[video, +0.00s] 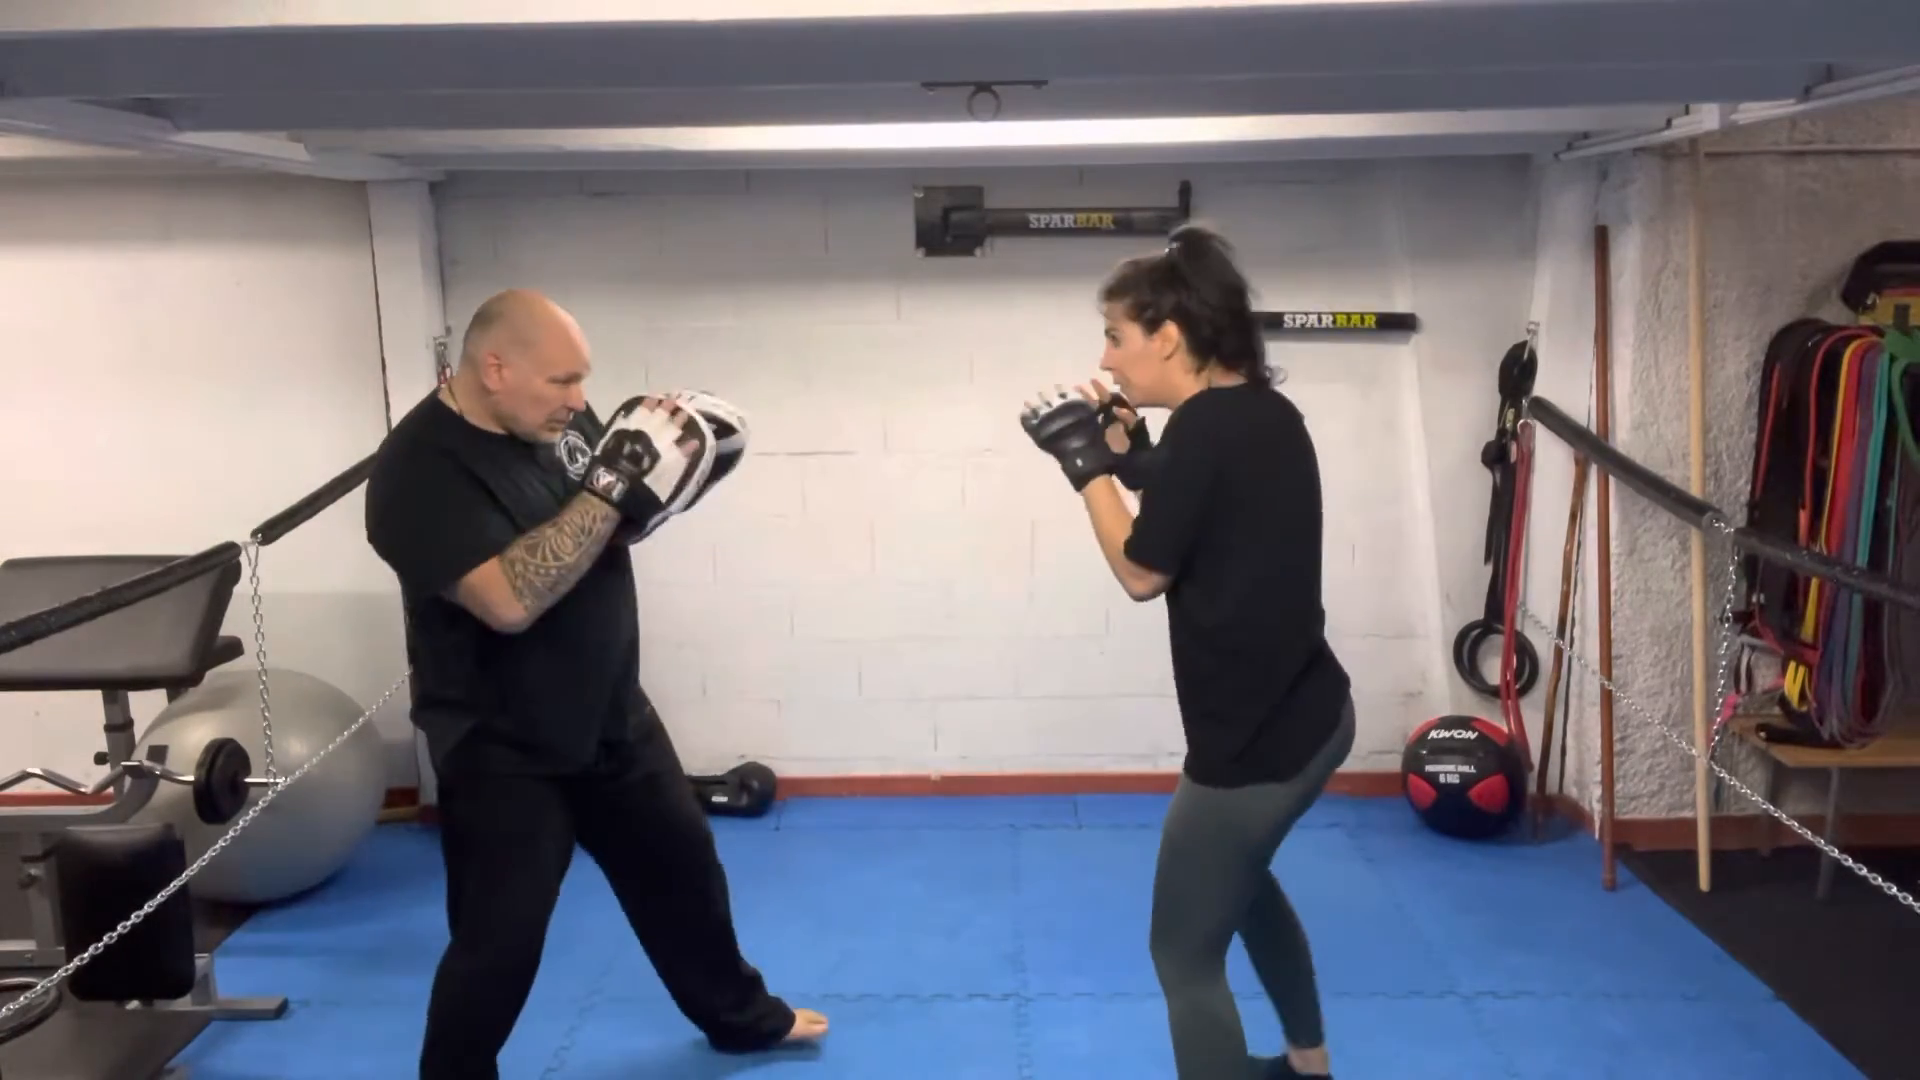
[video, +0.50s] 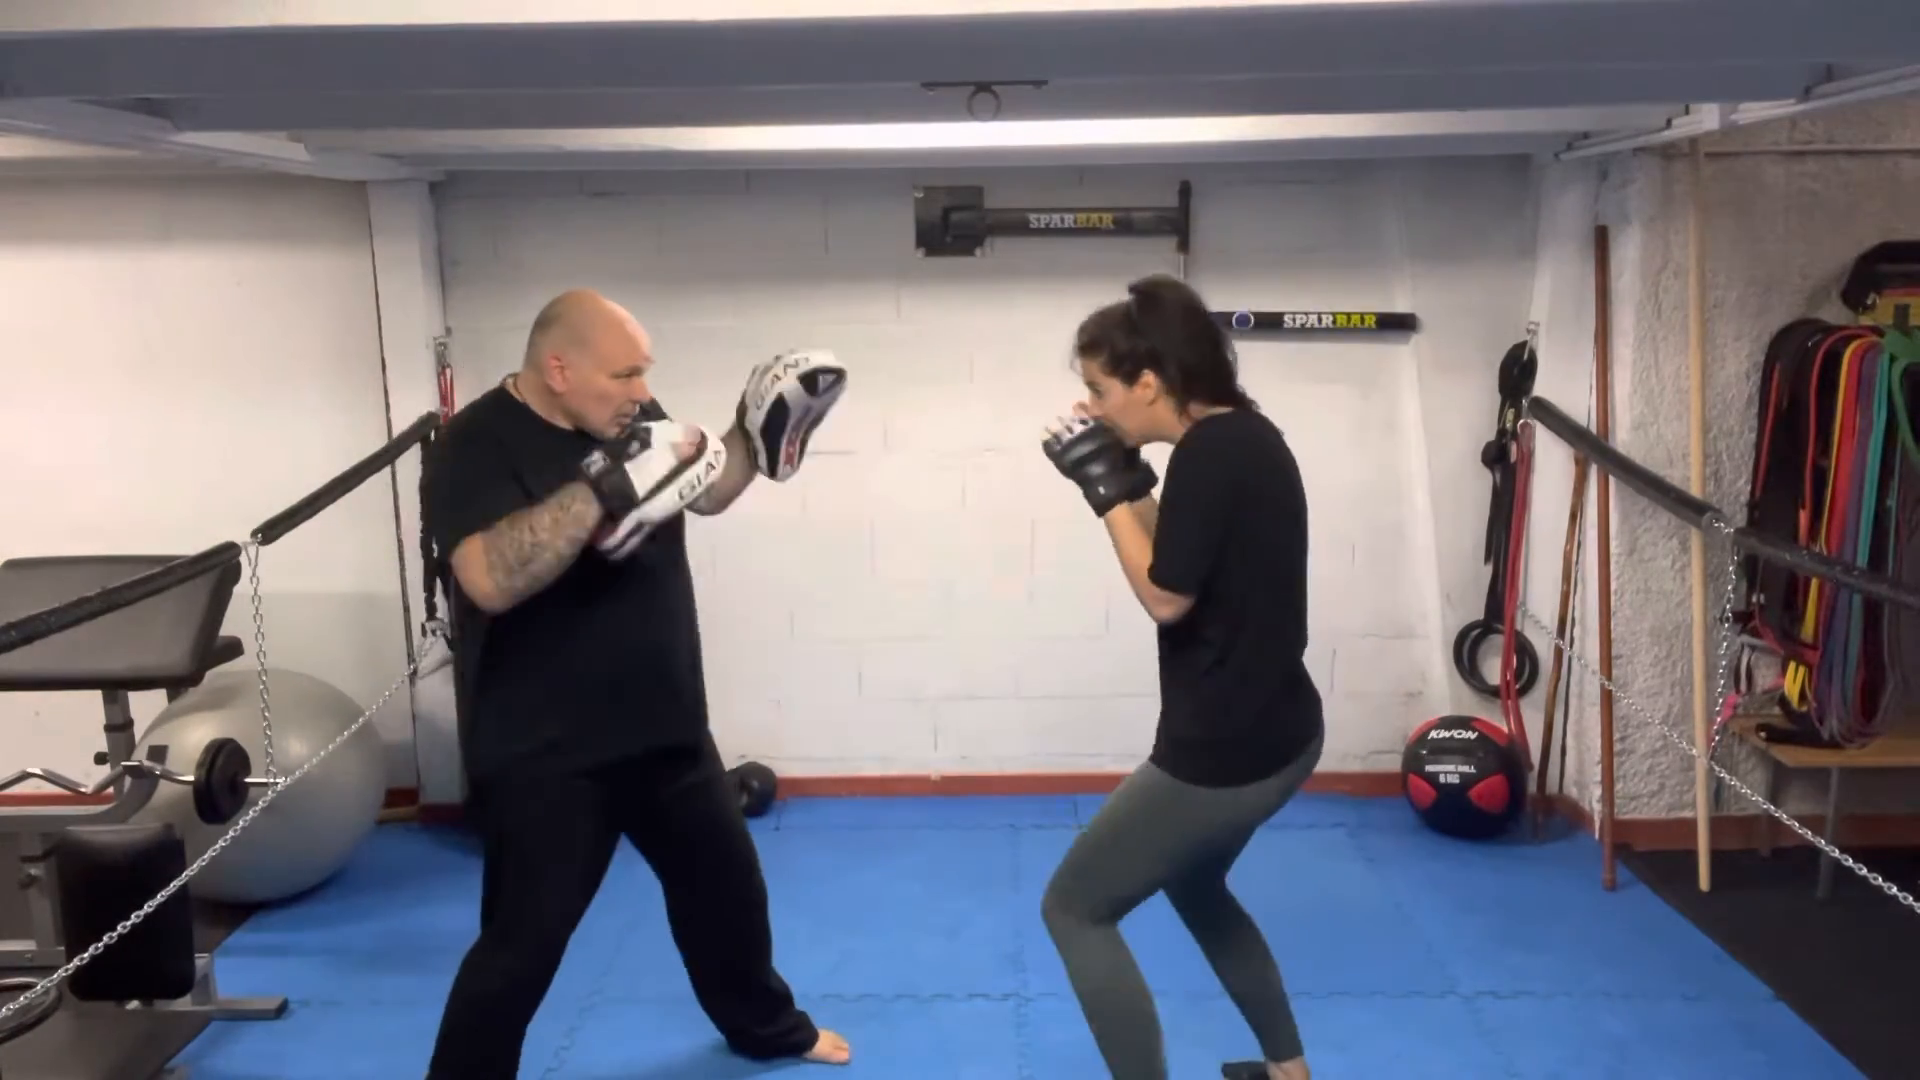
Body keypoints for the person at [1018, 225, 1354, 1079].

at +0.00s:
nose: (1104, 360)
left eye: (1114, 337)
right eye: (1106, 338)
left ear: (1170, 335)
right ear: (1178, 334)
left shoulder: (1201, 430)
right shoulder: (1274, 415)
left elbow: (1142, 571)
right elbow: (1231, 530)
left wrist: (1089, 468)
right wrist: (1141, 459)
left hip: (1248, 750)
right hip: (1313, 717)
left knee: (1185, 956)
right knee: (1241, 878)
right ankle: (1309, 1055)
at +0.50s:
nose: (1090, 406)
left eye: (1096, 388)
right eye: (1088, 389)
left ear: (1149, 383)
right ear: (1157, 378)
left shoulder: (1207, 455)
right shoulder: (1252, 440)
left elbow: (1166, 597)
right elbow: (1180, 567)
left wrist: (1108, 492)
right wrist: (1117, 478)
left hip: (1218, 757)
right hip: (1280, 735)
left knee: (1073, 907)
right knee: (1194, 885)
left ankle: (1142, 1075)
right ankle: (1288, 1065)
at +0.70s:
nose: (1065, 421)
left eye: (1070, 401)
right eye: (1063, 403)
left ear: (1118, 391)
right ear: (1161, 379)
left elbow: (1082, 587)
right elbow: (1217, 540)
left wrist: (1042, 518)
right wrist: (1133, 480)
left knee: (1046, 935)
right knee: (1218, 885)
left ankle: (1033, 1075)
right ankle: (1292, 1066)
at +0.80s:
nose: (1051, 428)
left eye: (1054, 408)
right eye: (1049, 409)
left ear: (1096, 403)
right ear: (1155, 390)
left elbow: (952, 508)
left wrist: (888, 458)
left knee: (1027, 962)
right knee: (1219, 890)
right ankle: (1291, 1066)